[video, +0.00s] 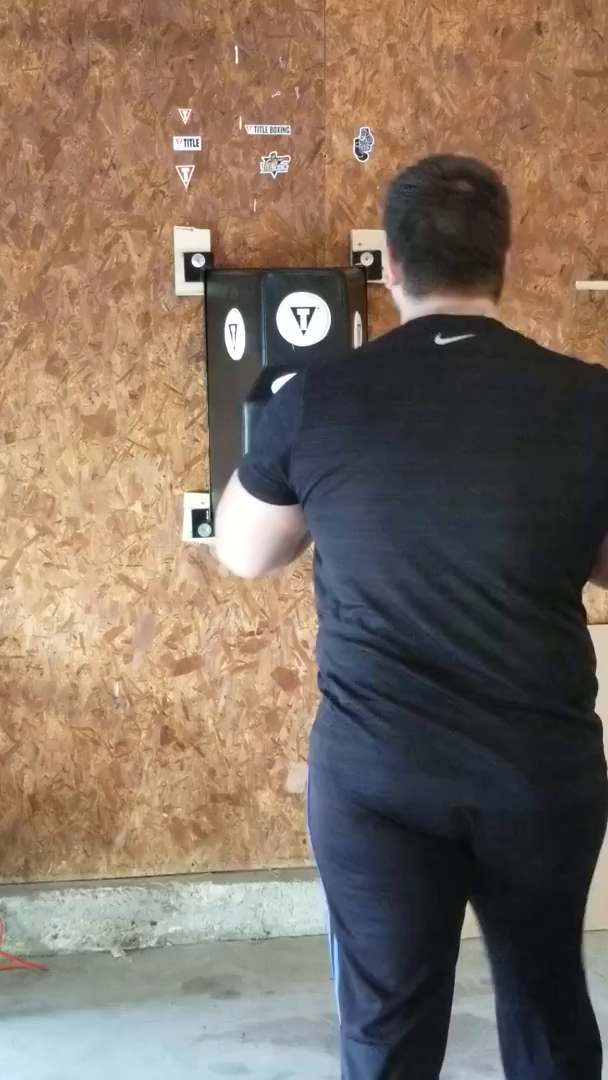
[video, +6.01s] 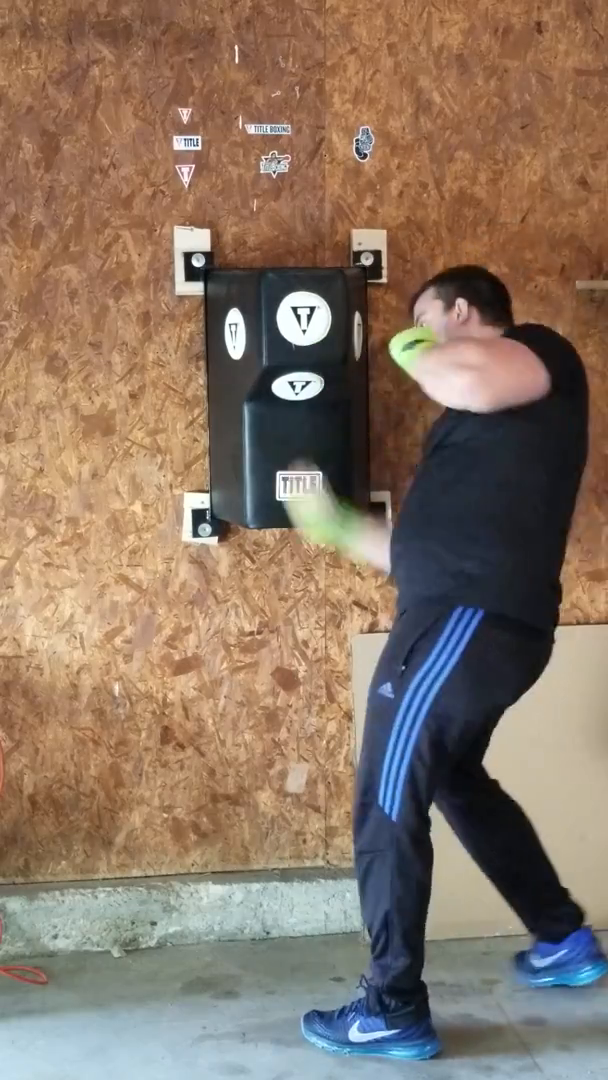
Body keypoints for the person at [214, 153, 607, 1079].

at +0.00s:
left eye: (383, 253)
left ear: (388, 266)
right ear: (506, 258)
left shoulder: (320, 396)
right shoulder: (588, 395)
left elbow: (247, 552)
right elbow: (598, 572)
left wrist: (350, 478)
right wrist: (533, 522)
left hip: (377, 769)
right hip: (544, 768)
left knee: (384, 1030)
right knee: (550, 1005)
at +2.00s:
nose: (232, 372)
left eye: (226, 357)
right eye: (229, 359)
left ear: (237, 347)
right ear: (306, 310)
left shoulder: (283, 398)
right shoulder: (401, 359)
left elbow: (256, 544)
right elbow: (365, 480)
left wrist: (201, 498)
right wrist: (255, 455)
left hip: (353, 638)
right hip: (464, 625)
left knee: (296, 829)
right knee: (487, 818)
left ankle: (274, 1013)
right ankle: (558, 1009)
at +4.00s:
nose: (394, 365)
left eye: (387, 354)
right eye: (387, 357)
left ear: (410, 333)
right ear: (450, 293)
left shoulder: (463, 366)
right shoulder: (552, 334)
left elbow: (412, 495)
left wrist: (390, 426)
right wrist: (426, 404)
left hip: (519, 617)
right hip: (591, 609)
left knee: (487, 804)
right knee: (604, 793)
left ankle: (490, 998)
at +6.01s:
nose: (421, 342)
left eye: (425, 325)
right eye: (419, 331)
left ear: (463, 308)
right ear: (472, 314)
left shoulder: (543, 349)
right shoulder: (487, 407)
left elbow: (471, 382)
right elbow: (433, 550)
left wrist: (413, 350)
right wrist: (334, 522)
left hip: (467, 611)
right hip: (484, 617)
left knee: (387, 798)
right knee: (455, 776)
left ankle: (393, 1006)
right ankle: (564, 938)